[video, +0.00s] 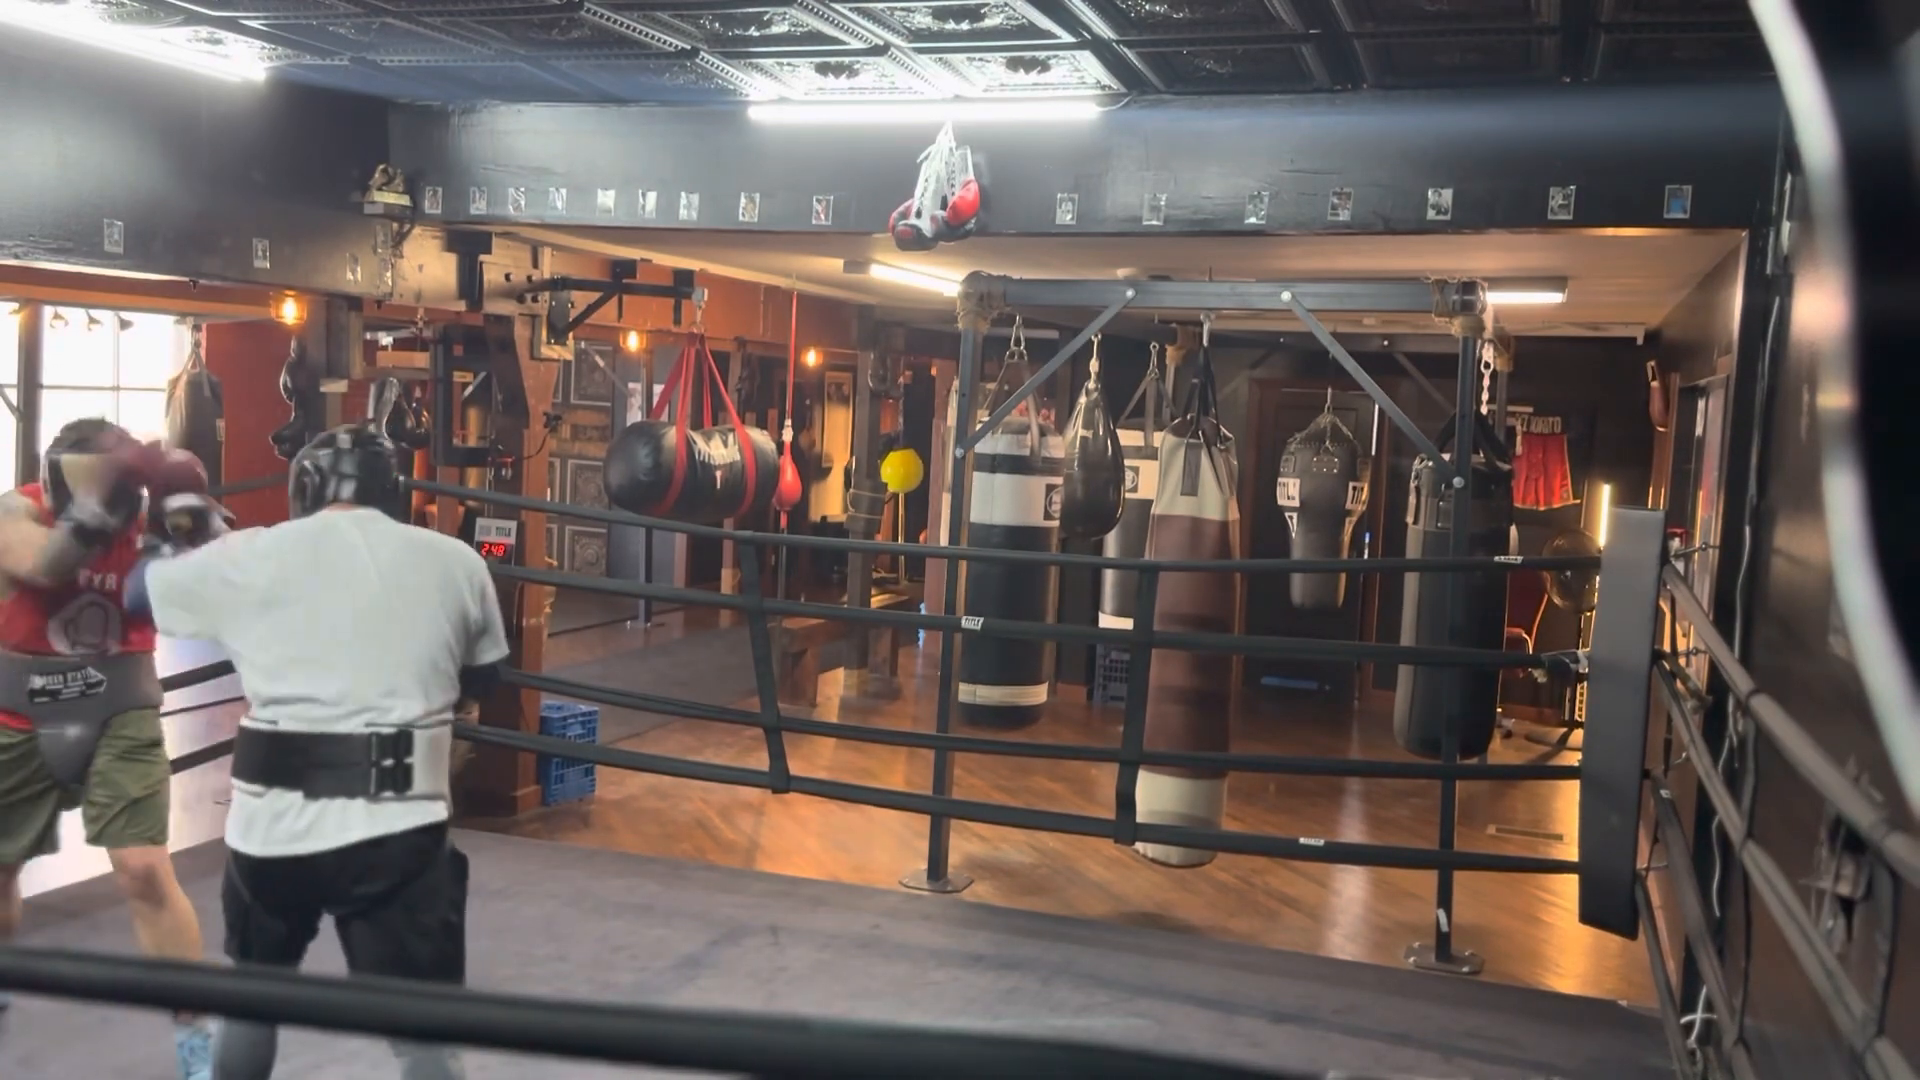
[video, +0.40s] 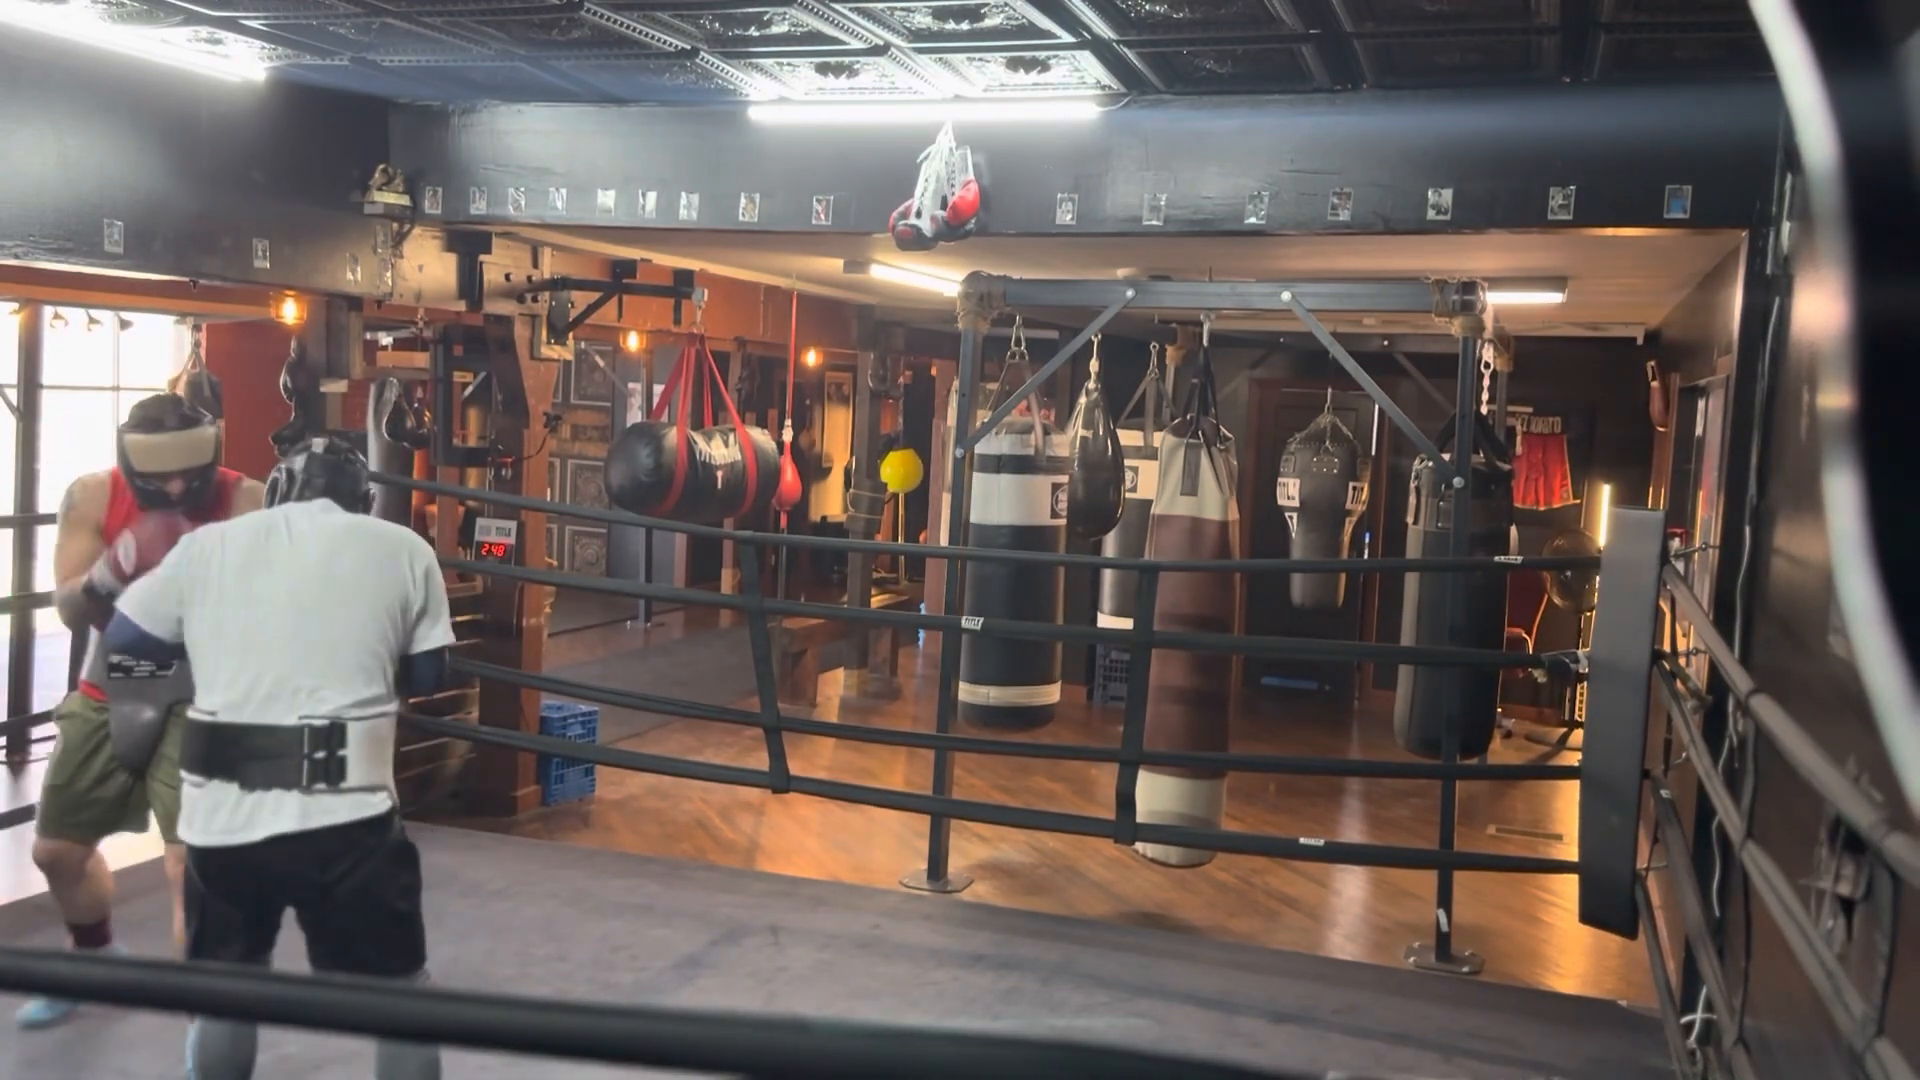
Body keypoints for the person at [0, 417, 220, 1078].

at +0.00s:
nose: (99, 501)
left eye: (110, 490)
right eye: (84, 487)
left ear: (129, 485)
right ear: (56, 480)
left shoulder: (147, 520)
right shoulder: (20, 507)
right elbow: (40, 565)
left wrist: (194, 529)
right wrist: (87, 518)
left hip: (123, 709)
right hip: (19, 715)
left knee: (144, 870)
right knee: (2, 877)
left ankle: (194, 1031)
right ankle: (3, 999)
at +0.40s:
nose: (175, 490)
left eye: (190, 474)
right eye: (158, 478)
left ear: (213, 457)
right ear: (131, 464)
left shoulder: (246, 501)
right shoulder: (92, 497)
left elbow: (264, 599)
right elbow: (68, 611)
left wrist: (207, 569)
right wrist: (119, 562)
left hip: (199, 695)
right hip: (106, 693)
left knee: (189, 864)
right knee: (59, 851)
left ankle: (201, 1003)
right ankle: (94, 967)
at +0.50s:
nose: (179, 491)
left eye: (193, 476)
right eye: (165, 476)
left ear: (217, 464)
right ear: (139, 466)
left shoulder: (248, 507)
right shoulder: (102, 505)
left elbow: (271, 600)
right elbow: (95, 614)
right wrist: (125, 541)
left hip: (202, 693)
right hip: (108, 692)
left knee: (195, 858)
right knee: (72, 857)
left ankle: (206, 984)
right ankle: (126, 946)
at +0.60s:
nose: (187, 480)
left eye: (198, 469)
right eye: (174, 469)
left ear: (219, 466)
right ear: (152, 467)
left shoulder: (233, 519)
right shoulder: (114, 513)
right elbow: (130, 593)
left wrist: (257, 512)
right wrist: (159, 517)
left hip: (208, 700)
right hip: (118, 705)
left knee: (203, 849)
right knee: (117, 853)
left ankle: (210, 978)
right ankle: (146, 960)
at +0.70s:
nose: (198, 451)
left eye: (210, 438)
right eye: (185, 439)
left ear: (228, 445)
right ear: (162, 448)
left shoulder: (245, 505)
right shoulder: (120, 507)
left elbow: (270, 579)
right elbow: (136, 588)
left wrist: (265, 515)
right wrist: (169, 513)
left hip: (231, 694)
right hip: (140, 699)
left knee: (227, 841)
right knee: (139, 847)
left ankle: (238, 975)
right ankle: (148, 967)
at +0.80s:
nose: (200, 456)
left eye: (215, 444)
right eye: (189, 443)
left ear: (242, 441)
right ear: (171, 438)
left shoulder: (272, 488)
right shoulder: (145, 491)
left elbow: (301, 587)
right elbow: (130, 584)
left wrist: (288, 524)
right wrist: (157, 512)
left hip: (249, 680)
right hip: (156, 680)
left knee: (260, 835)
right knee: (152, 835)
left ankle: (288, 987)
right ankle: (147, 962)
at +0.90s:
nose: (222, 471)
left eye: (237, 460)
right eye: (210, 460)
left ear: (260, 455)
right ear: (193, 460)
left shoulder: (292, 502)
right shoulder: (180, 500)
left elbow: (329, 575)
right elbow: (136, 576)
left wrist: (310, 513)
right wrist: (160, 511)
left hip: (260, 680)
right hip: (173, 679)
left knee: (292, 823)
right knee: (156, 829)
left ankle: (349, 954)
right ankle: (148, 953)